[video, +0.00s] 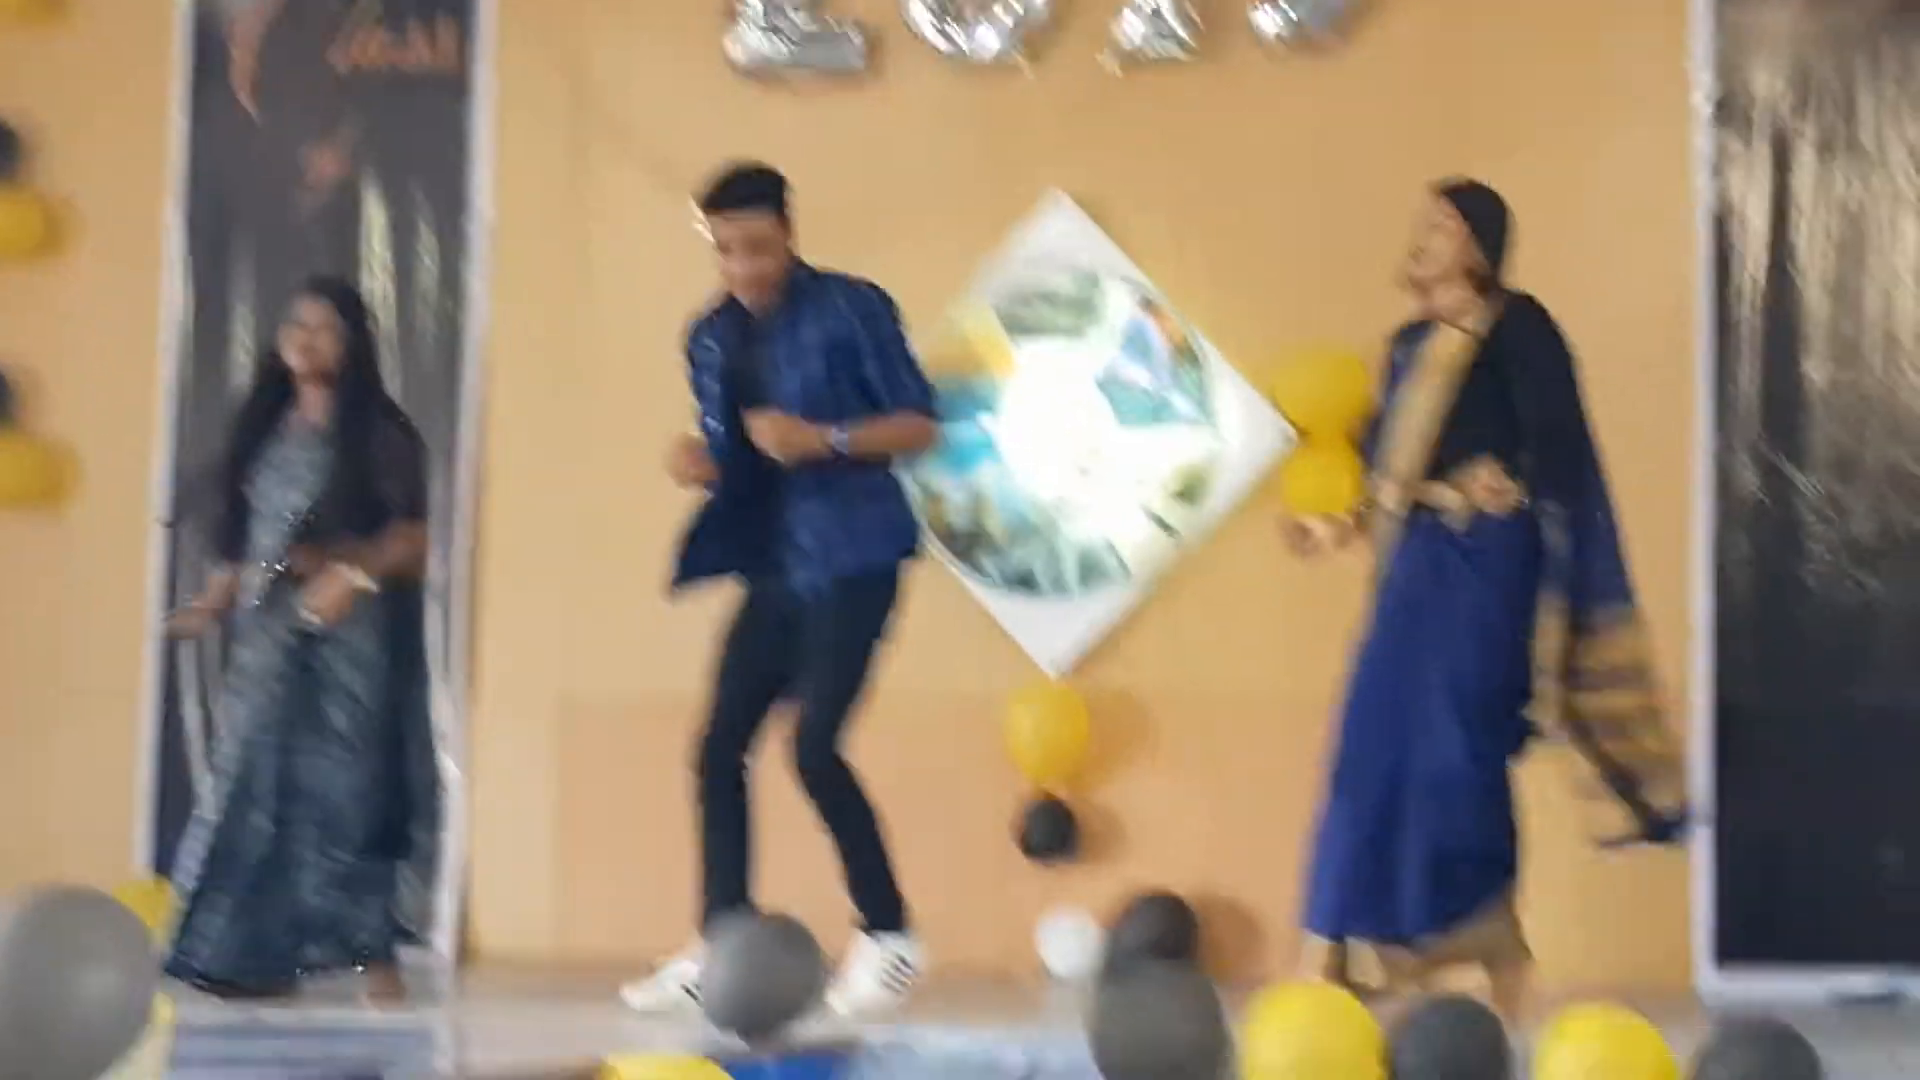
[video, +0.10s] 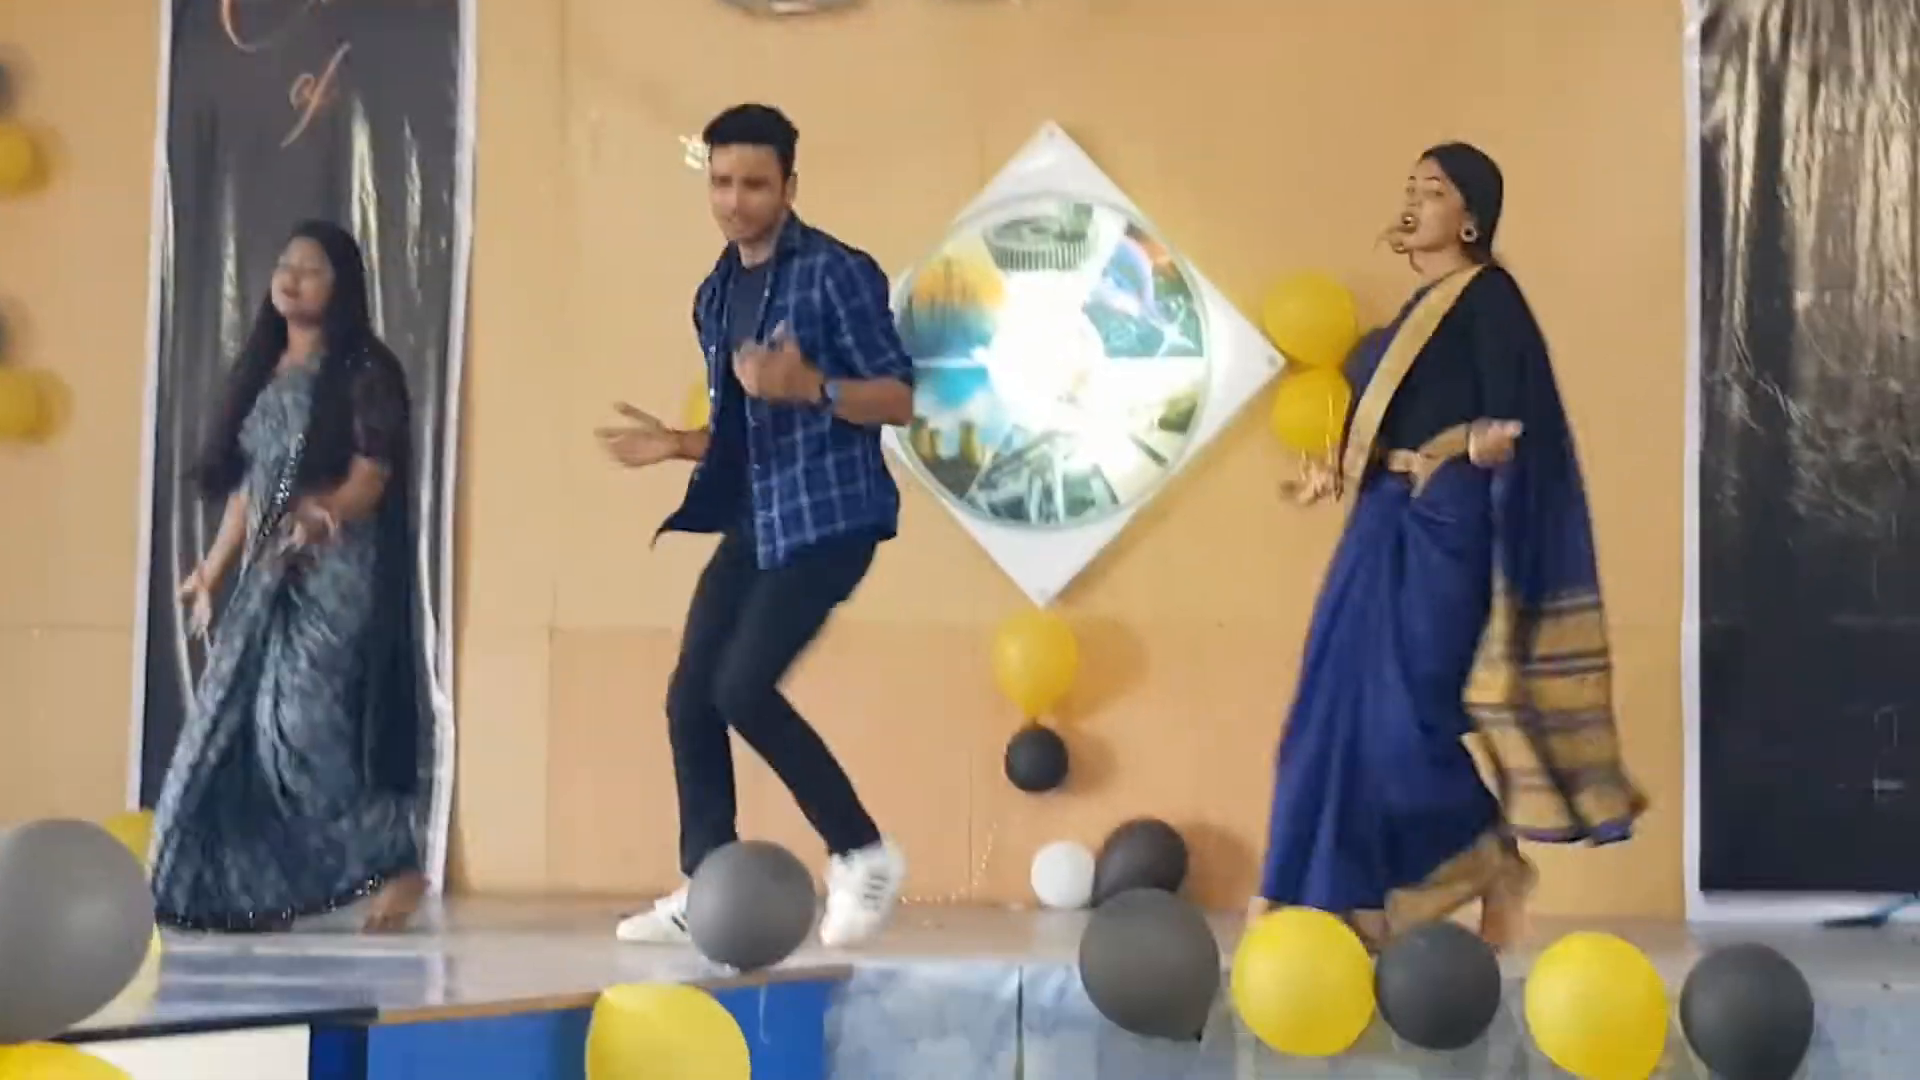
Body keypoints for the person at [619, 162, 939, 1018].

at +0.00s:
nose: (741, 266)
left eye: (756, 246)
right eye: (726, 249)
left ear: (788, 236)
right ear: (711, 248)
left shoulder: (853, 308)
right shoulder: (714, 334)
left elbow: (916, 424)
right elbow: (734, 451)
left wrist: (821, 439)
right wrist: (695, 461)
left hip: (857, 568)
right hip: (779, 574)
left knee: (815, 750)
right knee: (720, 752)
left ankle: (889, 940)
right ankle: (725, 946)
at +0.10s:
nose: (734, 200)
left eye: (753, 184)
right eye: (721, 182)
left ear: (790, 186)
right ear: (707, 189)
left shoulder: (840, 274)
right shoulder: (717, 295)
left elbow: (901, 399)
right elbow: (744, 437)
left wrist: (813, 388)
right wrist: (675, 442)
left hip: (834, 519)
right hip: (756, 524)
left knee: (741, 688)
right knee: (689, 700)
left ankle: (865, 857)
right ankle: (710, 893)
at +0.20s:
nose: (743, 141)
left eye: (764, 130)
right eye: (737, 124)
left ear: (806, 142)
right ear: (727, 129)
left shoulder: (840, 231)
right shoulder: (740, 231)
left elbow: (874, 368)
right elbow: (746, 379)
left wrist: (822, 329)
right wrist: (665, 386)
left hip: (828, 475)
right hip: (759, 476)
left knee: (714, 622)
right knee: (687, 651)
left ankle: (860, 758)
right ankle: (707, 849)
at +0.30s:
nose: (776, 81)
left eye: (799, 72)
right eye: (774, 65)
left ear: (841, 94)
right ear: (770, 75)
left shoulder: (855, 184)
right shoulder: (774, 175)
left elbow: (877, 323)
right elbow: (778, 301)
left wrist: (828, 272)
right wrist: (702, 303)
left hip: (830, 432)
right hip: (771, 428)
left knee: (731, 602)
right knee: (707, 619)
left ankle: (899, 715)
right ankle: (706, 819)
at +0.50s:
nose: (846, 80)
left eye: (868, 72)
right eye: (851, 65)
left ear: (915, 98)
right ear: (876, 85)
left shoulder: (907, 177)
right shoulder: (867, 179)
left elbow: (875, 320)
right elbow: (826, 317)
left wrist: (834, 241)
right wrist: (779, 289)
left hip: (860, 451)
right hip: (824, 451)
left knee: (850, 648)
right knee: (743, 622)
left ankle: (996, 806)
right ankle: (699, 822)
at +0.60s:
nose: (878, 86)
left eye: (899, 78)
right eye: (883, 71)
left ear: (946, 104)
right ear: (929, 101)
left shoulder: (936, 180)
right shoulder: (922, 179)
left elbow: (895, 320)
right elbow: (897, 309)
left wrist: (840, 245)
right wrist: (846, 251)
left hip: (907, 454)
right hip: (885, 453)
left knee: (882, 652)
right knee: (793, 622)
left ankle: (1004, 824)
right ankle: (728, 812)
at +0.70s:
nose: (912, 63)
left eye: (933, 54)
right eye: (917, 48)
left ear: (982, 79)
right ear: (972, 80)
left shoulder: (966, 151)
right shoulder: (970, 154)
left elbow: (933, 292)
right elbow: (940, 293)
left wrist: (867, 226)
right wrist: (878, 237)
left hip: (943, 423)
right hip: (937, 425)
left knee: (906, 625)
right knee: (831, 589)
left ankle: (1000, 824)